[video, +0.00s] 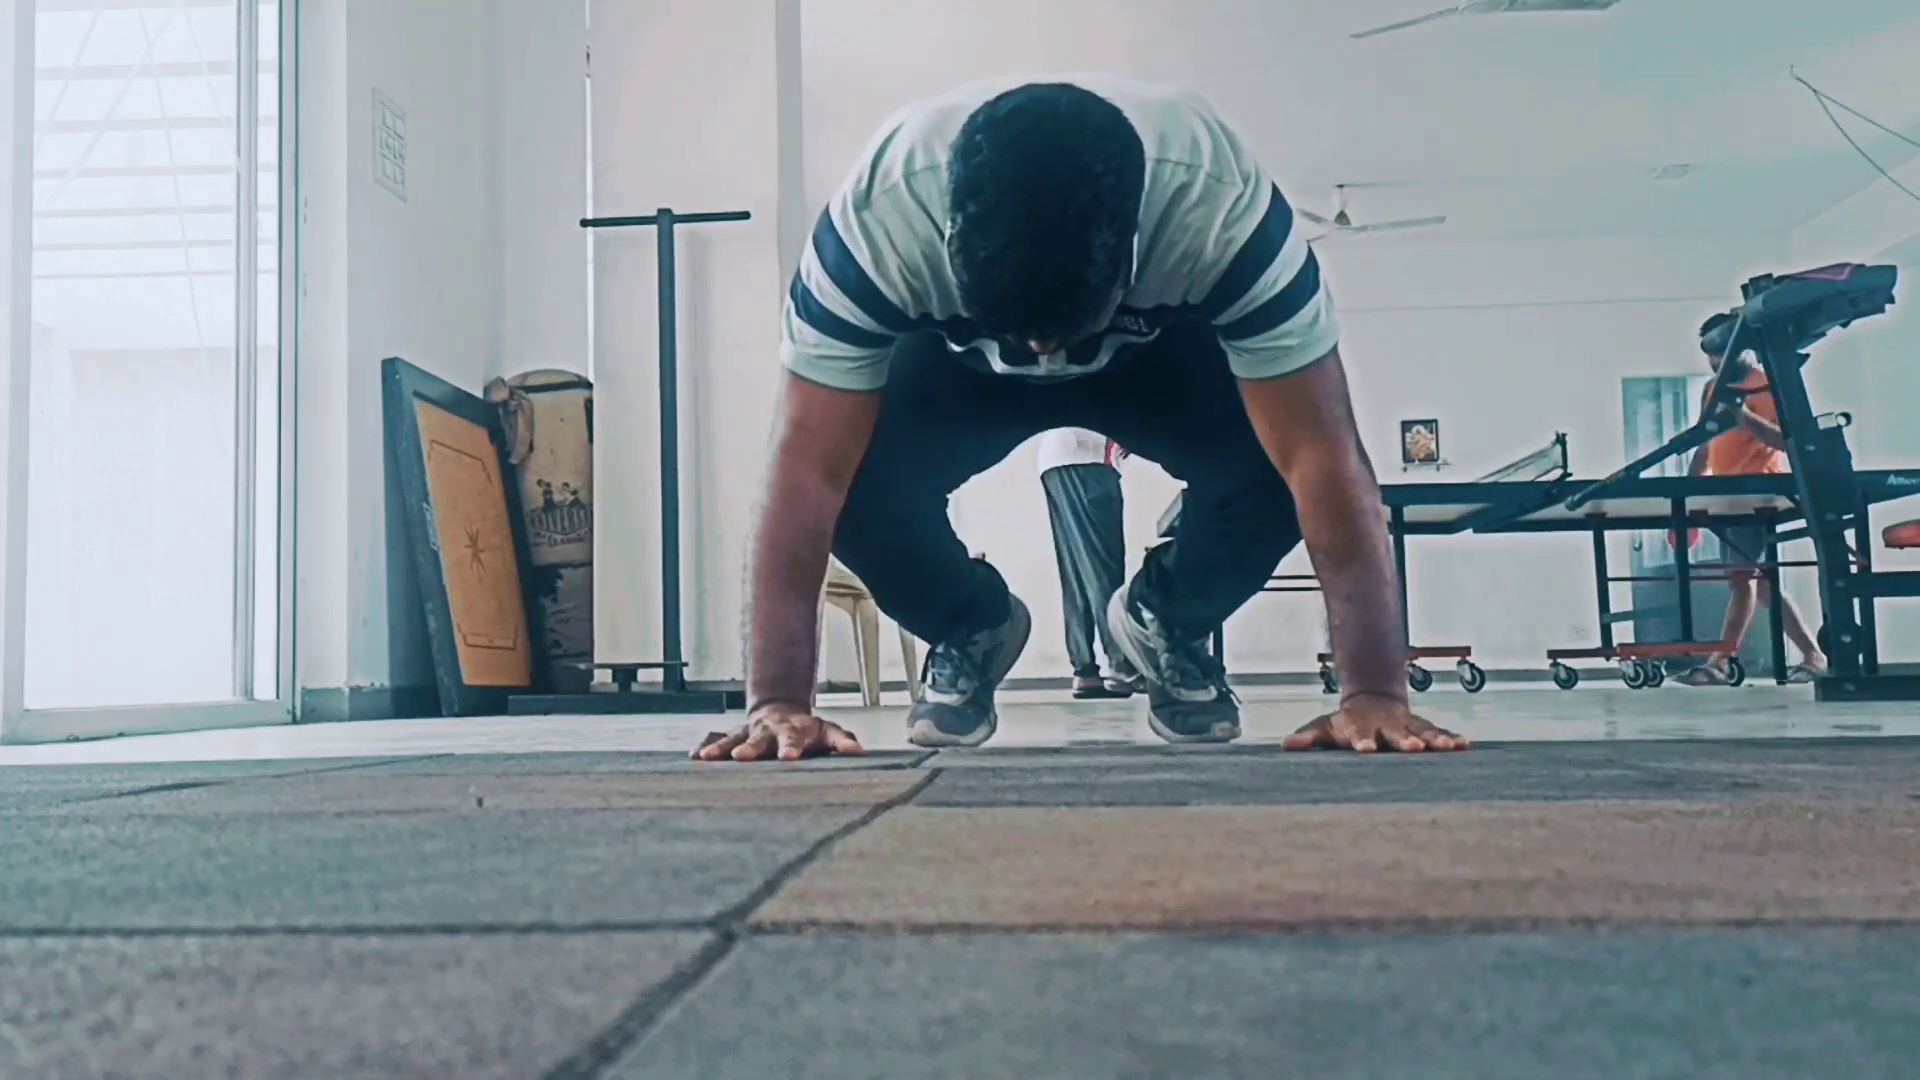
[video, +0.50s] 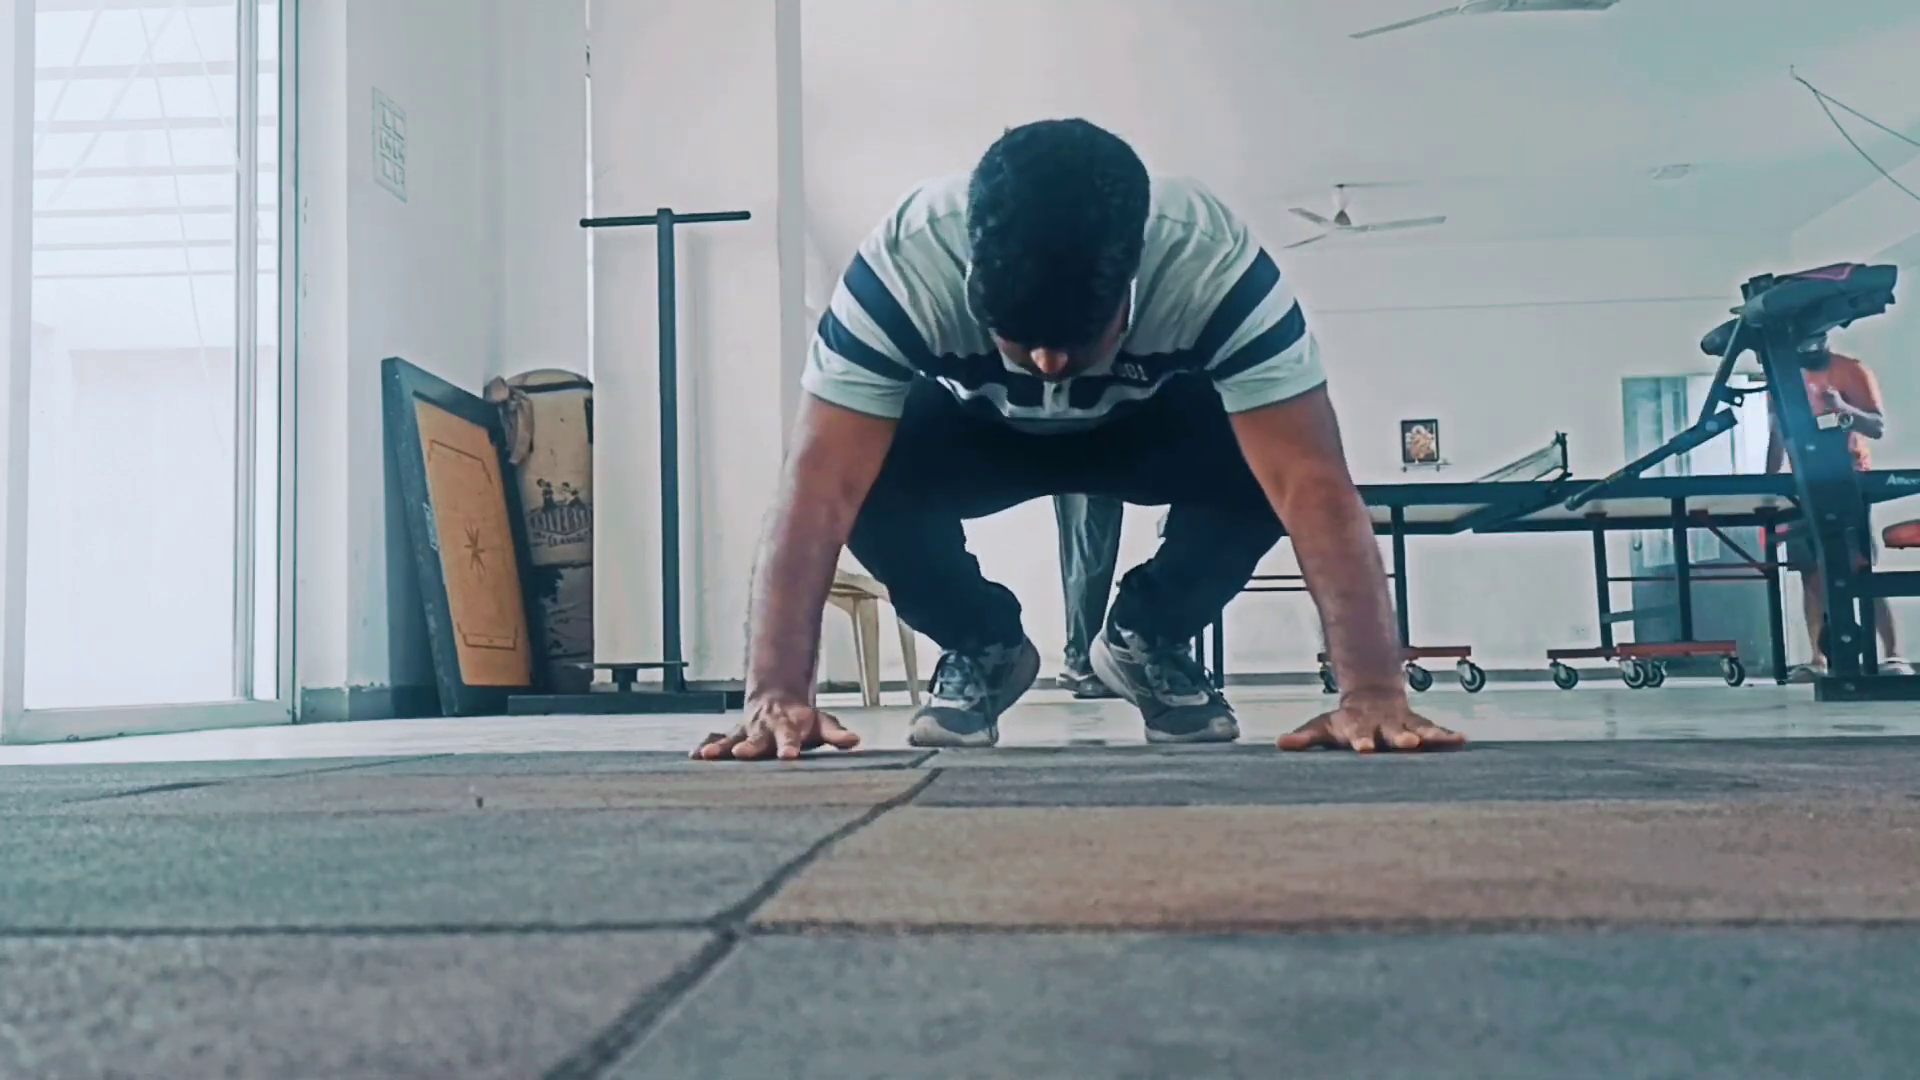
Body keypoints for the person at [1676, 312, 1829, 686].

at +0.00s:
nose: (1713, 360)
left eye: (1718, 350)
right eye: (1708, 352)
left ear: (1738, 346)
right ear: (1707, 354)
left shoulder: (1767, 382)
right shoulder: (1711, 390)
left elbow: (1791, 443)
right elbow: (1704, 452)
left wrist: (1743, 416)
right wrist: (1687, 499)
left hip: (1760, 490)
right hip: (1724, 493)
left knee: (1741, 574)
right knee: (1761, 583)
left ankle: (1720, 663)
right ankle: (1814, 655)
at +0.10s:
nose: (1746, 362)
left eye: (1752, 355)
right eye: (1739, 356)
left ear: (1766, 356)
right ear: (1730, 361)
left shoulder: (1781, 388)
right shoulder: (1730, 397)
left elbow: (1789, 432)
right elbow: (1718, 450)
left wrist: (1756, 408)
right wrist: (1701, 495)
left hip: (1779, 492)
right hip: (1747, 495)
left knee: (1754, 577)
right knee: (1780, 581)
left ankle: (1731, 659)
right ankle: (1817, 658)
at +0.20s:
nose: (1750, 361)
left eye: (1755, 353)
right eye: (1746, 355)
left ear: (1775, 351)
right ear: (1743, 358)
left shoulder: (1807, 380)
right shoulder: (1746, 389)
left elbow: (1823, 433)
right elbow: (1734, 447)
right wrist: (1715, 491)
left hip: (1804, 490)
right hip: (1767, 492)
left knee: (1771, 574)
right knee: (1794, 577)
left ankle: (1751, 659)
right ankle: (1818, 656)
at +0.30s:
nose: (1765, 345)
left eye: (1772, 337)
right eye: (1762, 338)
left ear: (1790, 337)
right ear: (1760, 342)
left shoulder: (1818, 373)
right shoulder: (1757, 380)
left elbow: (1838, 428)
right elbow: (1749, 442)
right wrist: (1734, 486)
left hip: (1815, 487)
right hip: (1780, 488)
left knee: (1799, 569)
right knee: (1799, 571)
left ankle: (1802, 656)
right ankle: (1817, 655)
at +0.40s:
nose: (1771, 354)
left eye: (1777, 344)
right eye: (1768, 347)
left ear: (1797, 341)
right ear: (1766, 350)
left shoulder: (1831, 371)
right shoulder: (1769, 383)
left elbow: (1861, 425)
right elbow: (1763, 437)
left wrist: (1826, 410)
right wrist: (1752, 483)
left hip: (1830, 486)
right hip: (1791, 488)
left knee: (1829, 571)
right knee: (1805, 575)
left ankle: (1831, 657)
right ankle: (1819, 658)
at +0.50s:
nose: (1811, 346)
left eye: (1816, 337)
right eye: (1803, 340)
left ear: (1826, 335)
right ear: (1792, 344)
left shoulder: (1851, 370)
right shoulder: (1783, 381)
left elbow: (1877, 427)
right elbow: (1776, 440)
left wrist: (1844, 407)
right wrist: (1770, 489)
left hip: (1850, 484)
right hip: (1805, 488)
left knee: (1864, 574)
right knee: (1811, 577)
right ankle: (1819, 660)